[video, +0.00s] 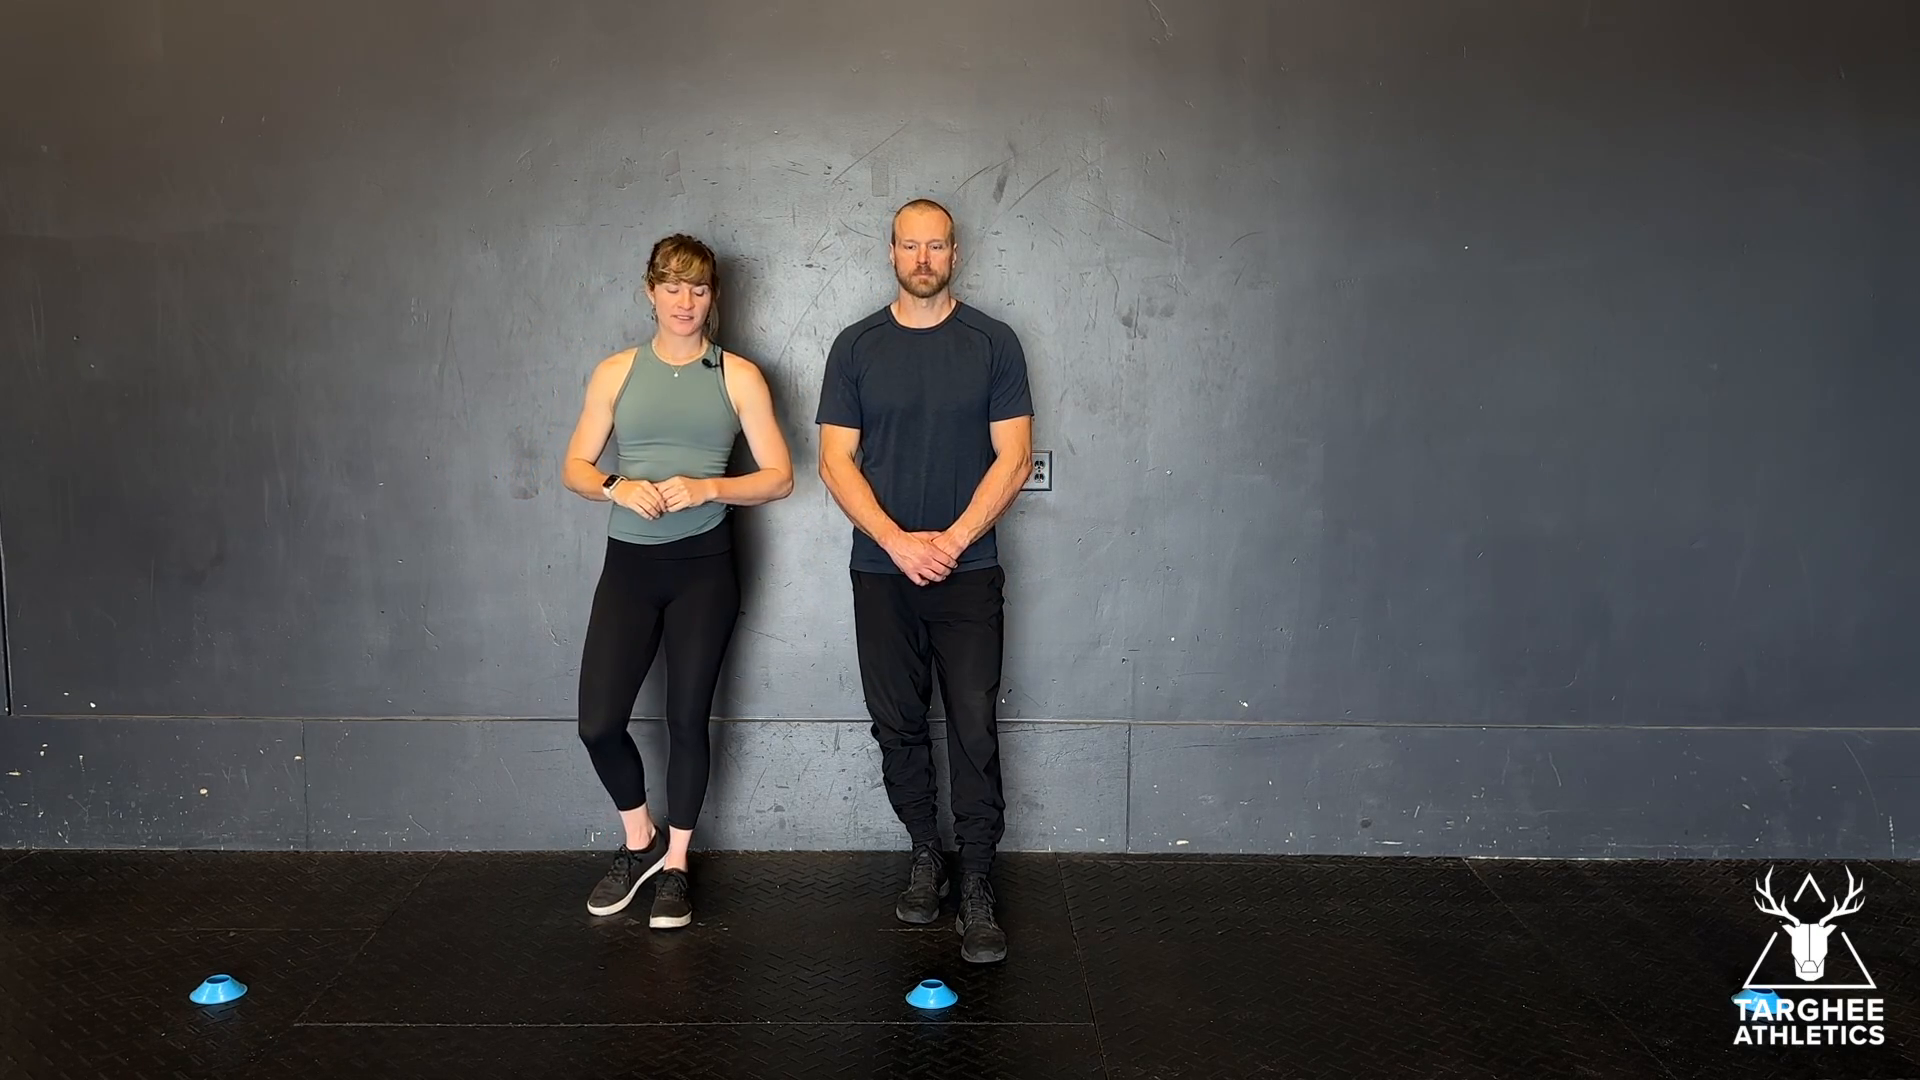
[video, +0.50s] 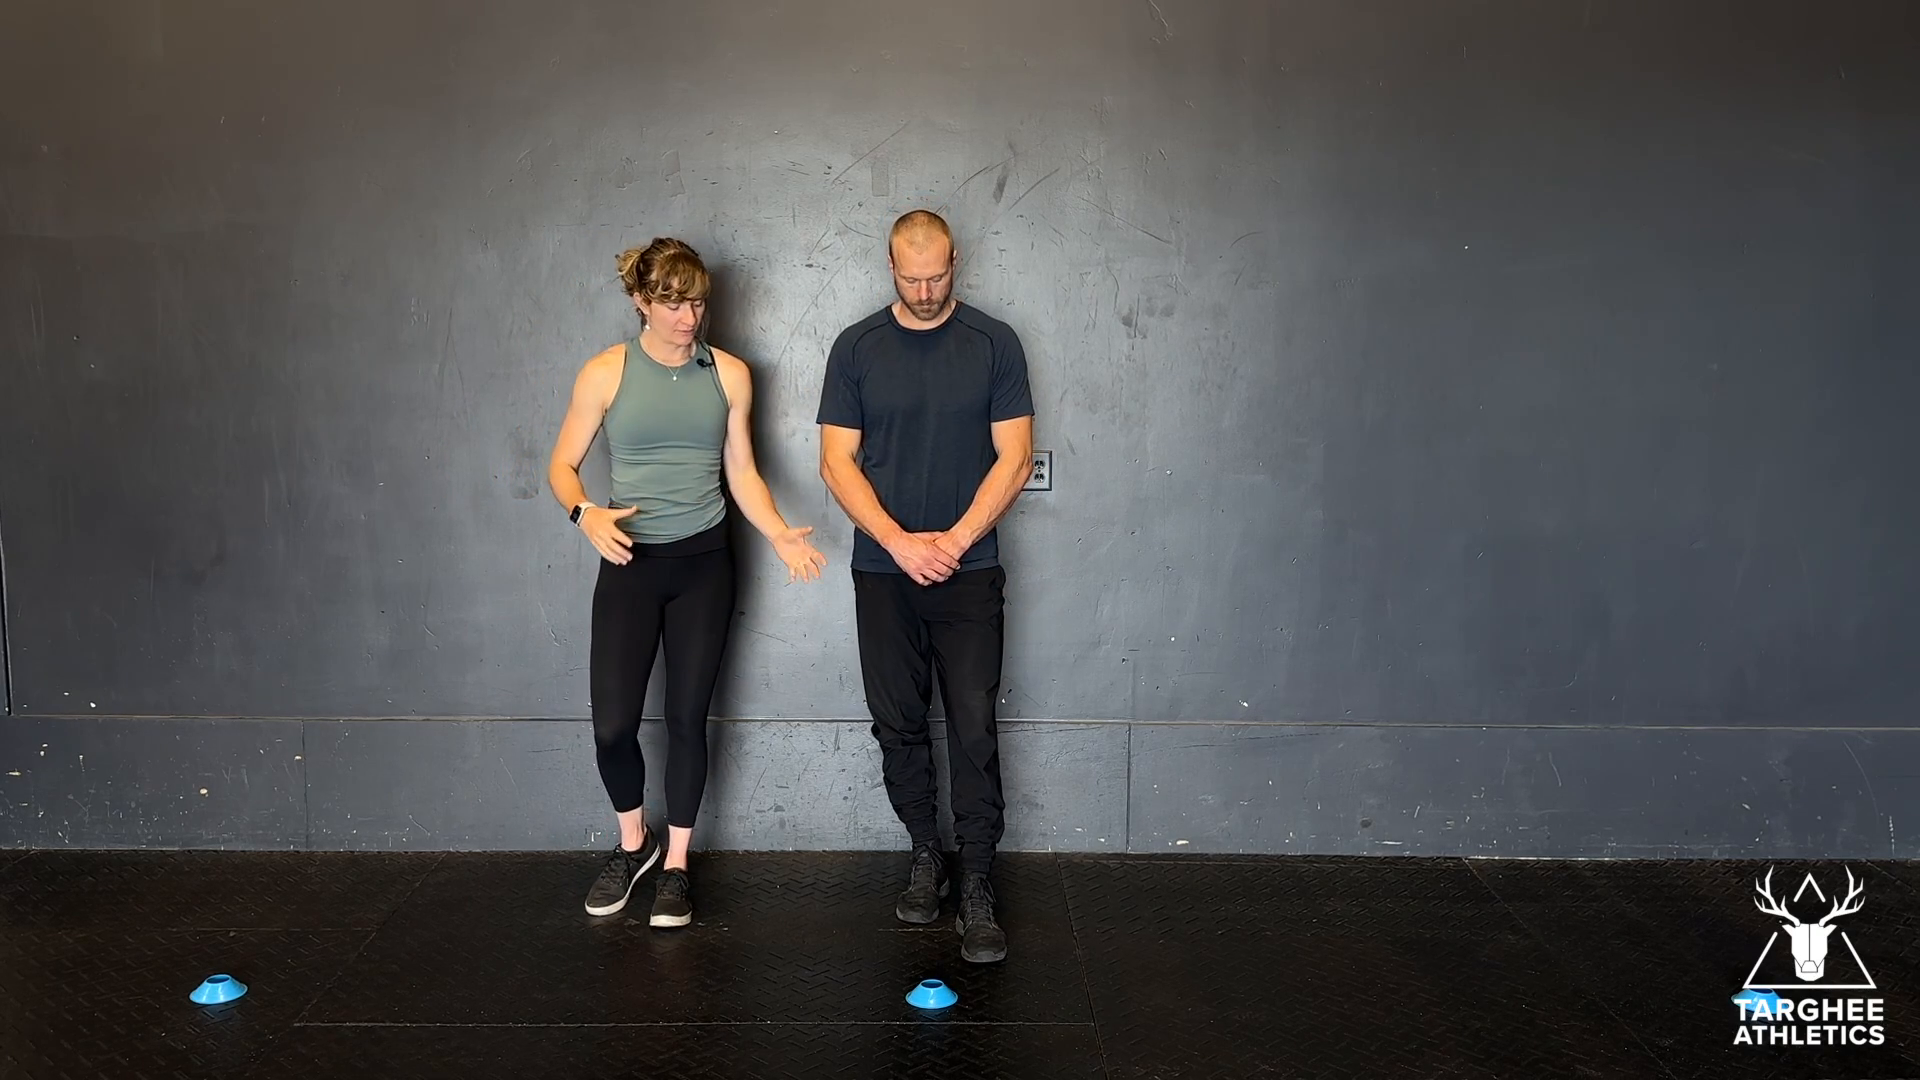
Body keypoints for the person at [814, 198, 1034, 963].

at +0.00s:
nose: (923, 256)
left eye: (936, 244)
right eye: (911, 244)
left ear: (953, 255)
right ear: (891, 253)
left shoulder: (992, 342)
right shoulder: (855, 347)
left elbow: (1015, 460)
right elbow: (835, 462)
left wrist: (950, 542)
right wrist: (894, 539)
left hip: (968, 568)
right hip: (883, 568)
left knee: (974, 729)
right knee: (899, 726)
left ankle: (978, 884)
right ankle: (930, 857)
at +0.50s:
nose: (925, 289)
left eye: (936, 276)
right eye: (911, 278)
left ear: (953, 265)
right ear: (892, 269)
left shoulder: (993, 343)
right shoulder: (856, 347)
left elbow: (1015, 462)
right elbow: (836, 465)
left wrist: (953, 541)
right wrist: (897, 540)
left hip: (968, 570)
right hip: (885, 571)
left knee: (974, 728)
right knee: (900, 726)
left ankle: (977, 882)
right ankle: (929, 857)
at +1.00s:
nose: (926, 297)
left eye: (936, 284)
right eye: (913, 287)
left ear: (951, 269)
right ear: (892, 275)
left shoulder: (993, 343)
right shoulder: (857, 347)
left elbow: (1017, 460)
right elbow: (837, 465)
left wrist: (953, 542)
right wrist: (896, 541)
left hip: (968, 571)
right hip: (885, 572)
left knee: (971, 731)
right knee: (899, 726)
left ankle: (977, 888)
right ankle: (928, 858)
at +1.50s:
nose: (936, 295)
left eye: (945, 281)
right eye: (922, 285)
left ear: (954, 267)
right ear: (893, 274)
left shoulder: (992, 343)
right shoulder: (856, 348)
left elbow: (1016, 460)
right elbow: (836, 464)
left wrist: (954, 541)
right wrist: (896, 541)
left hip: (968, 570)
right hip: (885, 571)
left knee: (972, 731)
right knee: (899, 726)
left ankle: (977, 884)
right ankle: (928, 856)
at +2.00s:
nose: (934, 295)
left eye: (945, 283)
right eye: (923, 283)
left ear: (957, 271)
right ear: (897, 270)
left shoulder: (993, 344)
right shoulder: (856, 348)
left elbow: (1016, 461)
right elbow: (837, 466)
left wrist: (955, 542)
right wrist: (898, 541)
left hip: (970, 568)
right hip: (886, 570)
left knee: (975, 718)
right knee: (900, 723)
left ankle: (977, 876)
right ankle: (927, 856)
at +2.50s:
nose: (905, 298)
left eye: (917, 286)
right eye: (895, 285)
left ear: (946, 270)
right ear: (882, 272)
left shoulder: (996, 344)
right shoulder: (859, 348)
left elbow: (1018, 462)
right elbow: (837, 462)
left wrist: (953, 541)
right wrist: (894, 539)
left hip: (971, 567)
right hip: (885, 567)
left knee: (977, 722)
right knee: (900, 723)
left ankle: (977, 875)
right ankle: (929, 856)